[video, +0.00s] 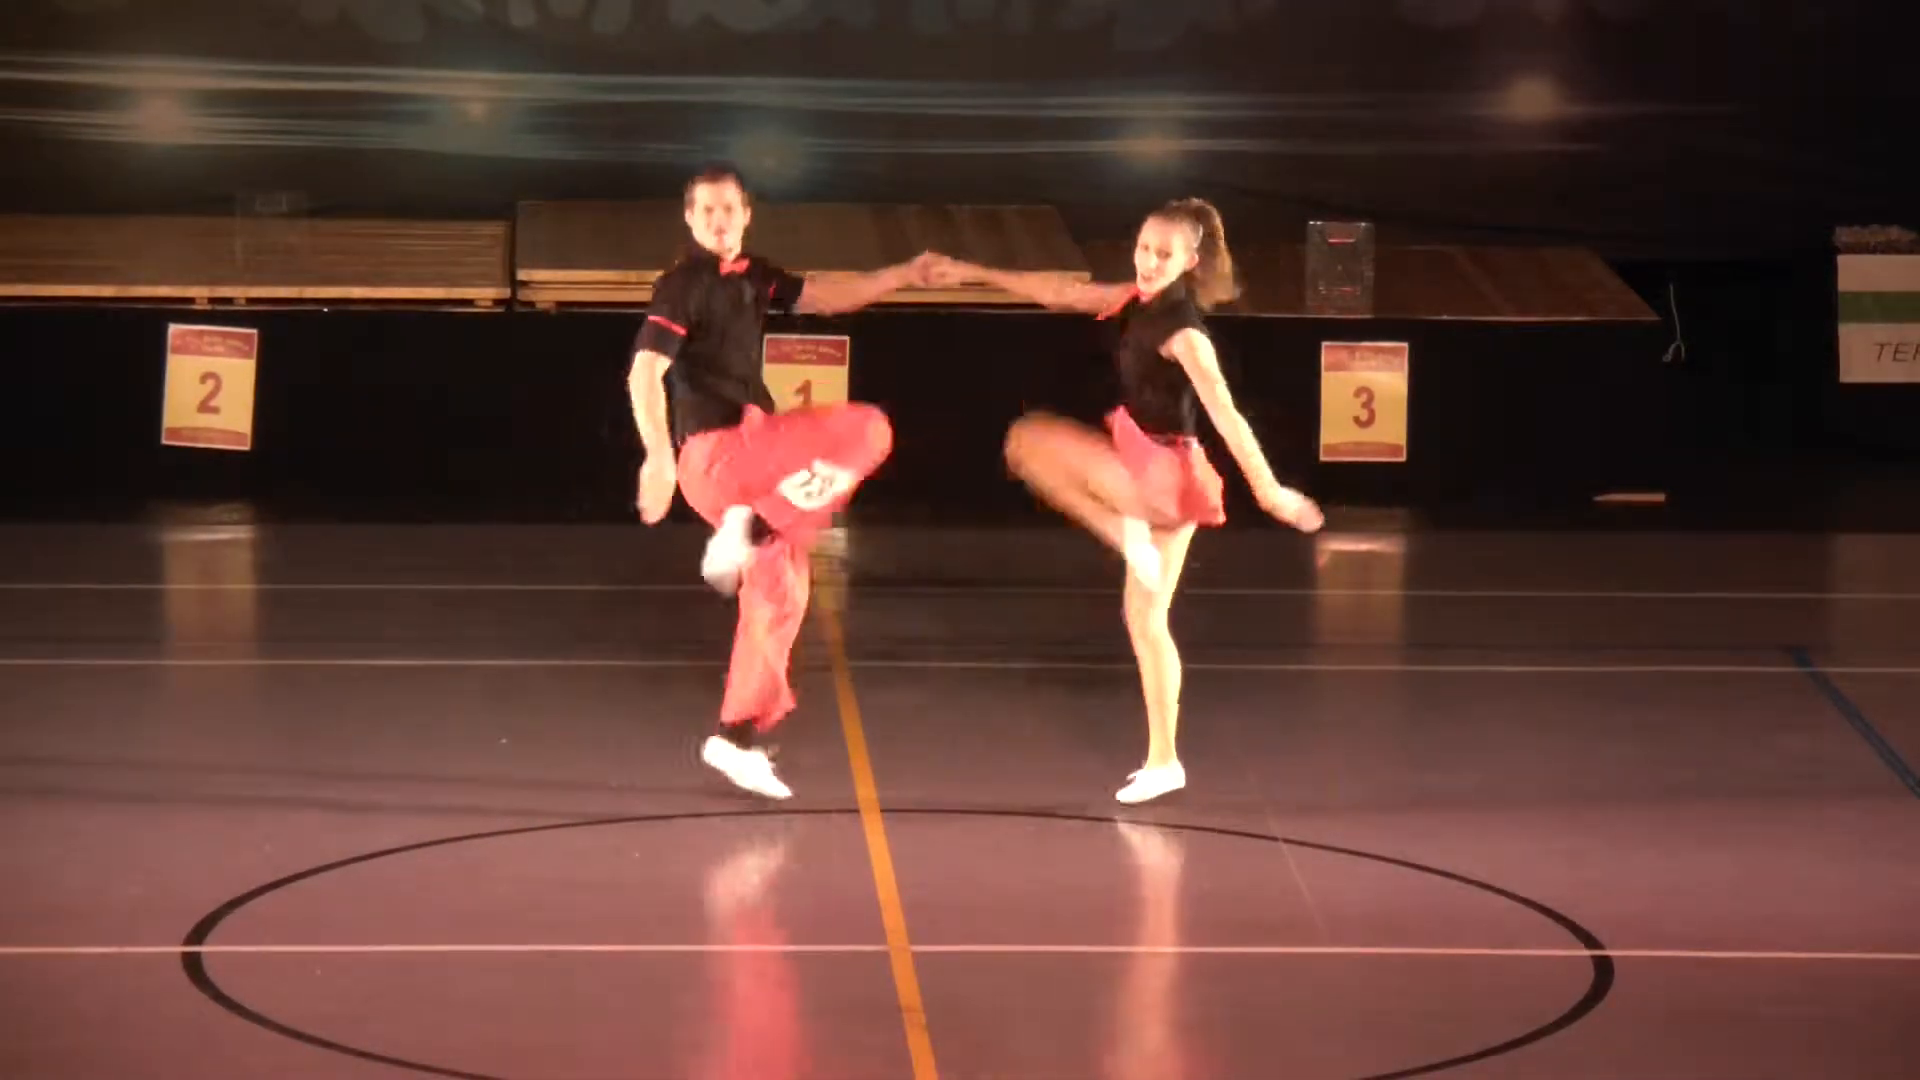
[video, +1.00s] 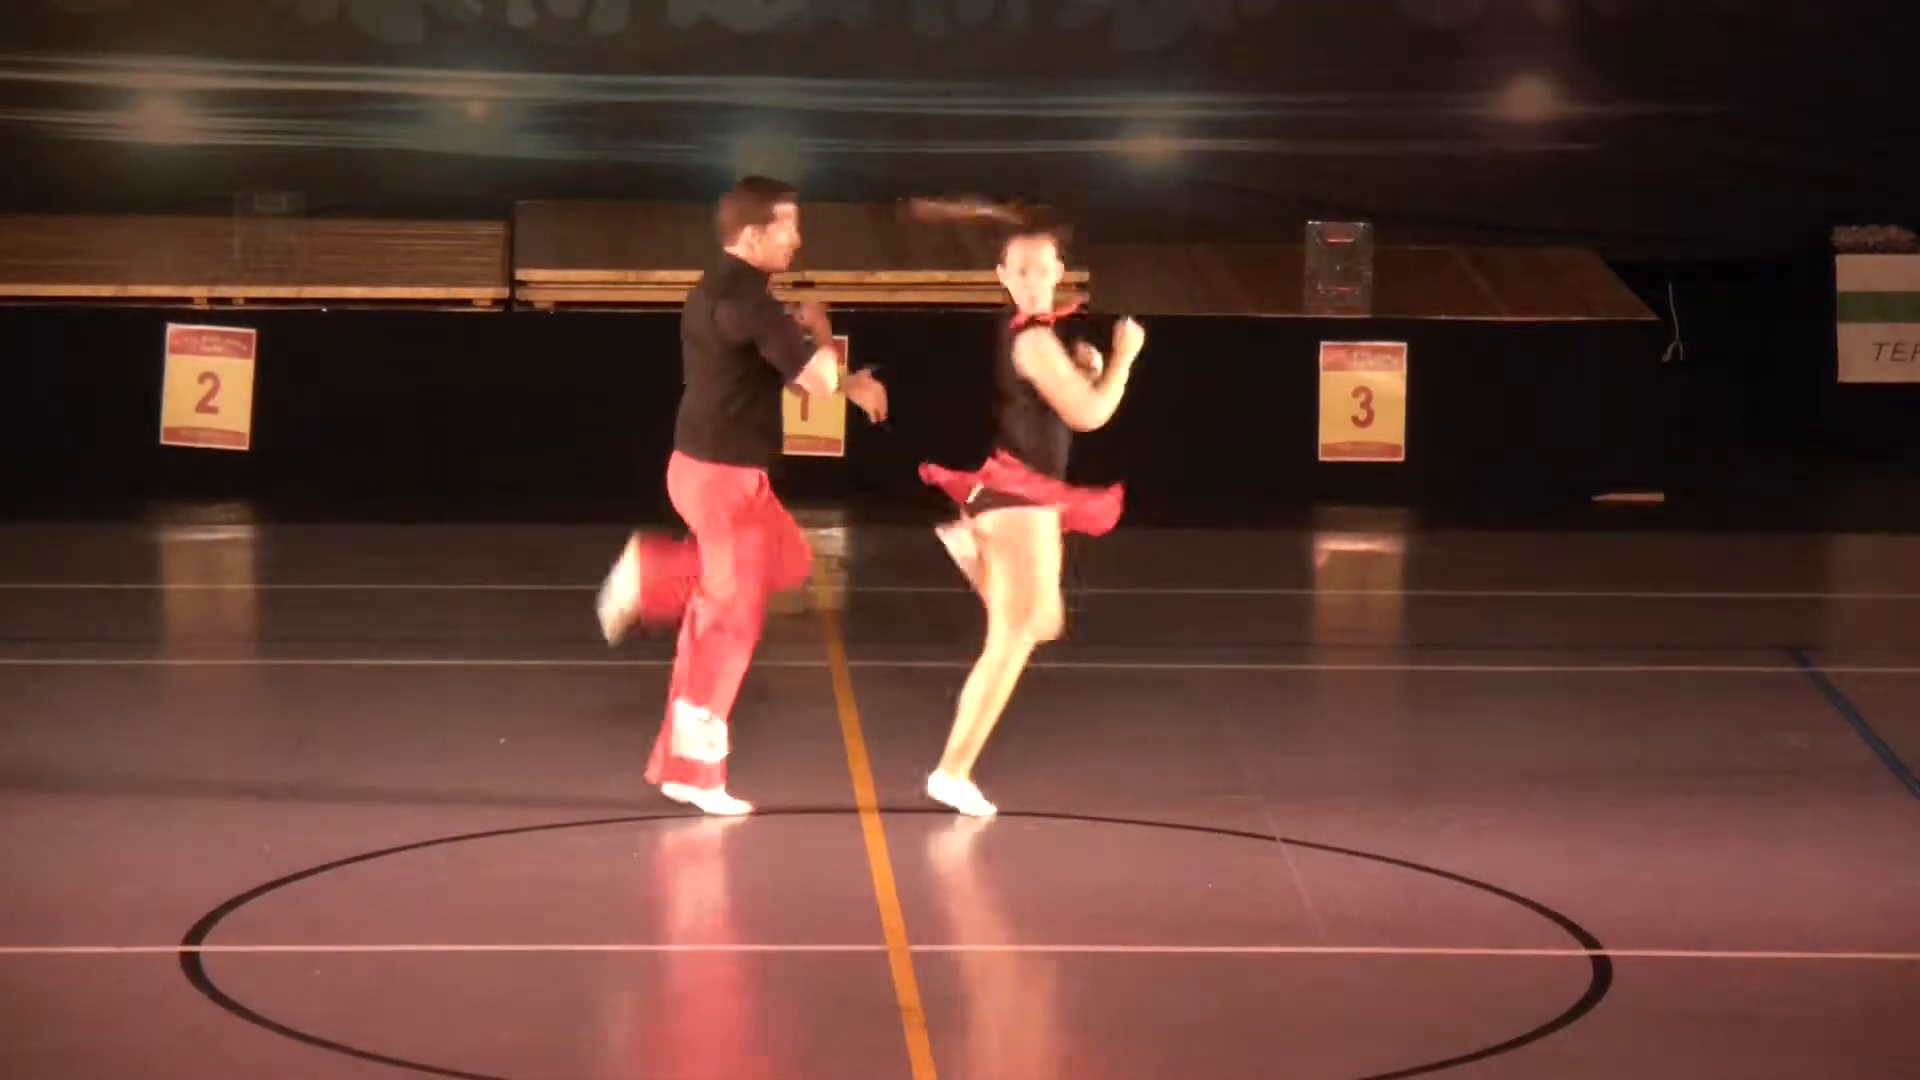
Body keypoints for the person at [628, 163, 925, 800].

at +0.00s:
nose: (718, 221)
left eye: (728, 209)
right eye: (705, 210)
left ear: (747, 213)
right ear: (688, 217)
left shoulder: (756, 278)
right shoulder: (685, 280)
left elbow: (828, 295)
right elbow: (644, 371)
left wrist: (905, 275)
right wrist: (659, 457)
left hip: (746, 453)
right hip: (710, 452)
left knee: (781, 583)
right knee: (864, 429)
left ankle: (738, 736)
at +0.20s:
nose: (761, 253)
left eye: (768, 242)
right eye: (747, 242)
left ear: (777, 249)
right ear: (718, 250)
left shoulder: (767, 327)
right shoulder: (709, 322)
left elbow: (817, 375)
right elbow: (653, 403)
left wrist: (893, 397)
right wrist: (717, 467)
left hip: (745, 500)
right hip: (737, 500)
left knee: (699, 638)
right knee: (803, 631)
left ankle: (675, 785)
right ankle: (778, 791)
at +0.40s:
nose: (822, 273)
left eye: (826, 259)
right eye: (817, 259)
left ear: (775, 250)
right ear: (782, 251)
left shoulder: (750, 284)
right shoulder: (756, 298)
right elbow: (802, 385)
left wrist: (825, 208)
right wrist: (880, 375)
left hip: (750, 475)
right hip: (730, 483)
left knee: (852, 522)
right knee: (750, 625)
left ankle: (911, 627)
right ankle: (751, 784)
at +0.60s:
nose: (845, 277)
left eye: (850, 266)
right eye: (846, 263)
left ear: (804, 241)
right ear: (822, 246)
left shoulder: (757, 268)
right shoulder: (780, 275)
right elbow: (803, 344)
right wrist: (873, 339)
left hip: (710, 454)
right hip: (738, 462)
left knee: (812, 557)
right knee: (854, 551)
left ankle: (762, 674)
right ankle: (779, 684)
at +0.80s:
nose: (845, 299)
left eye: (850, 287)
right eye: (844, 285)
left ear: (803, 269)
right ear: (812, 270)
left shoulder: (749, 304)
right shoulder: (776, 313)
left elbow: (768, 410)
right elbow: (801, 414)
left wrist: (822, 430)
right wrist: (889, 389)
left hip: (716, 487)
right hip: (752, 493)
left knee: (746, 639)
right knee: (824, 637)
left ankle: (749, 780)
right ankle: (784, 767)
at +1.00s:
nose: (797, 238)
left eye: (796, 225)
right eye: (789, 226)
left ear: (747, 235)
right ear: (750, 234)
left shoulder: (718, 284)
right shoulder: (745, 298)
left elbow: (774, 353)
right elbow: (820, 377)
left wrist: (810, 333)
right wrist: (854, 384)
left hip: (713, 469)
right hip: (721, 476)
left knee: (790, 561)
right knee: (731, 608)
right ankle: (689, 770)